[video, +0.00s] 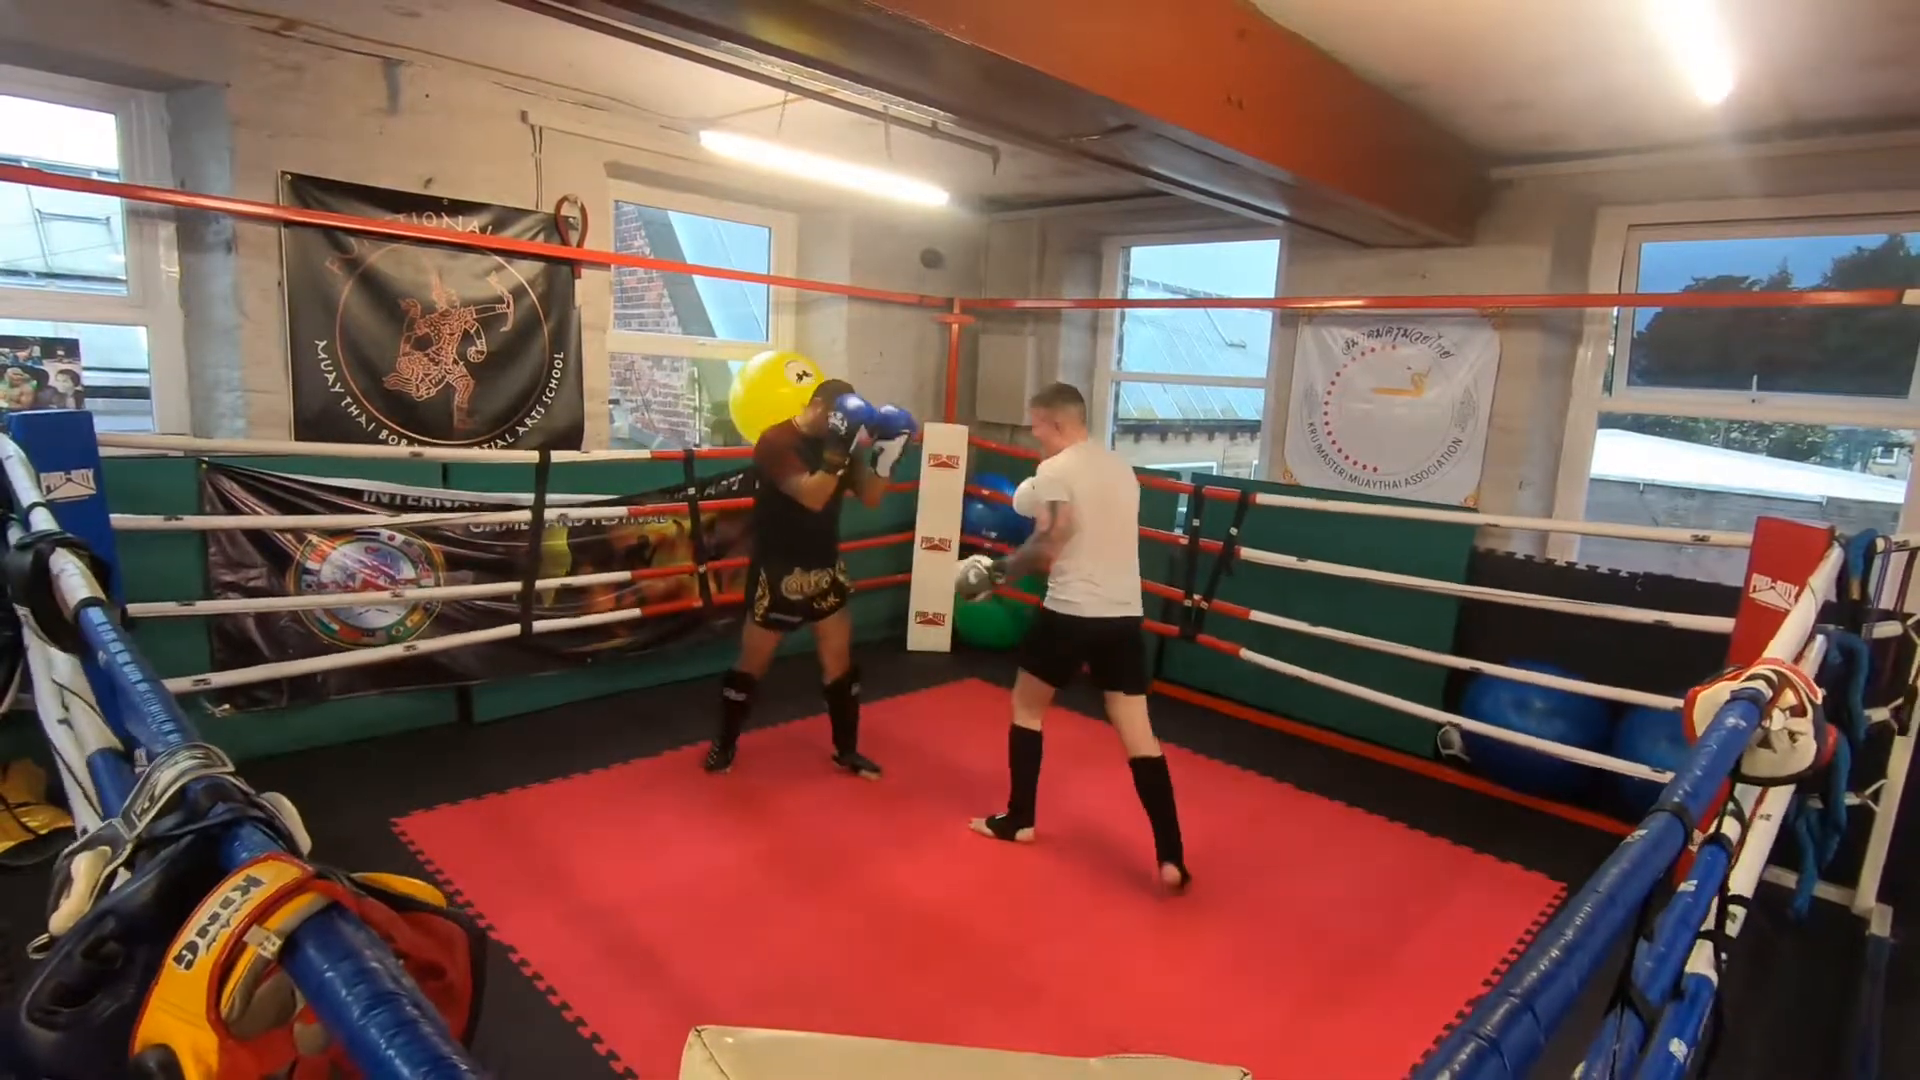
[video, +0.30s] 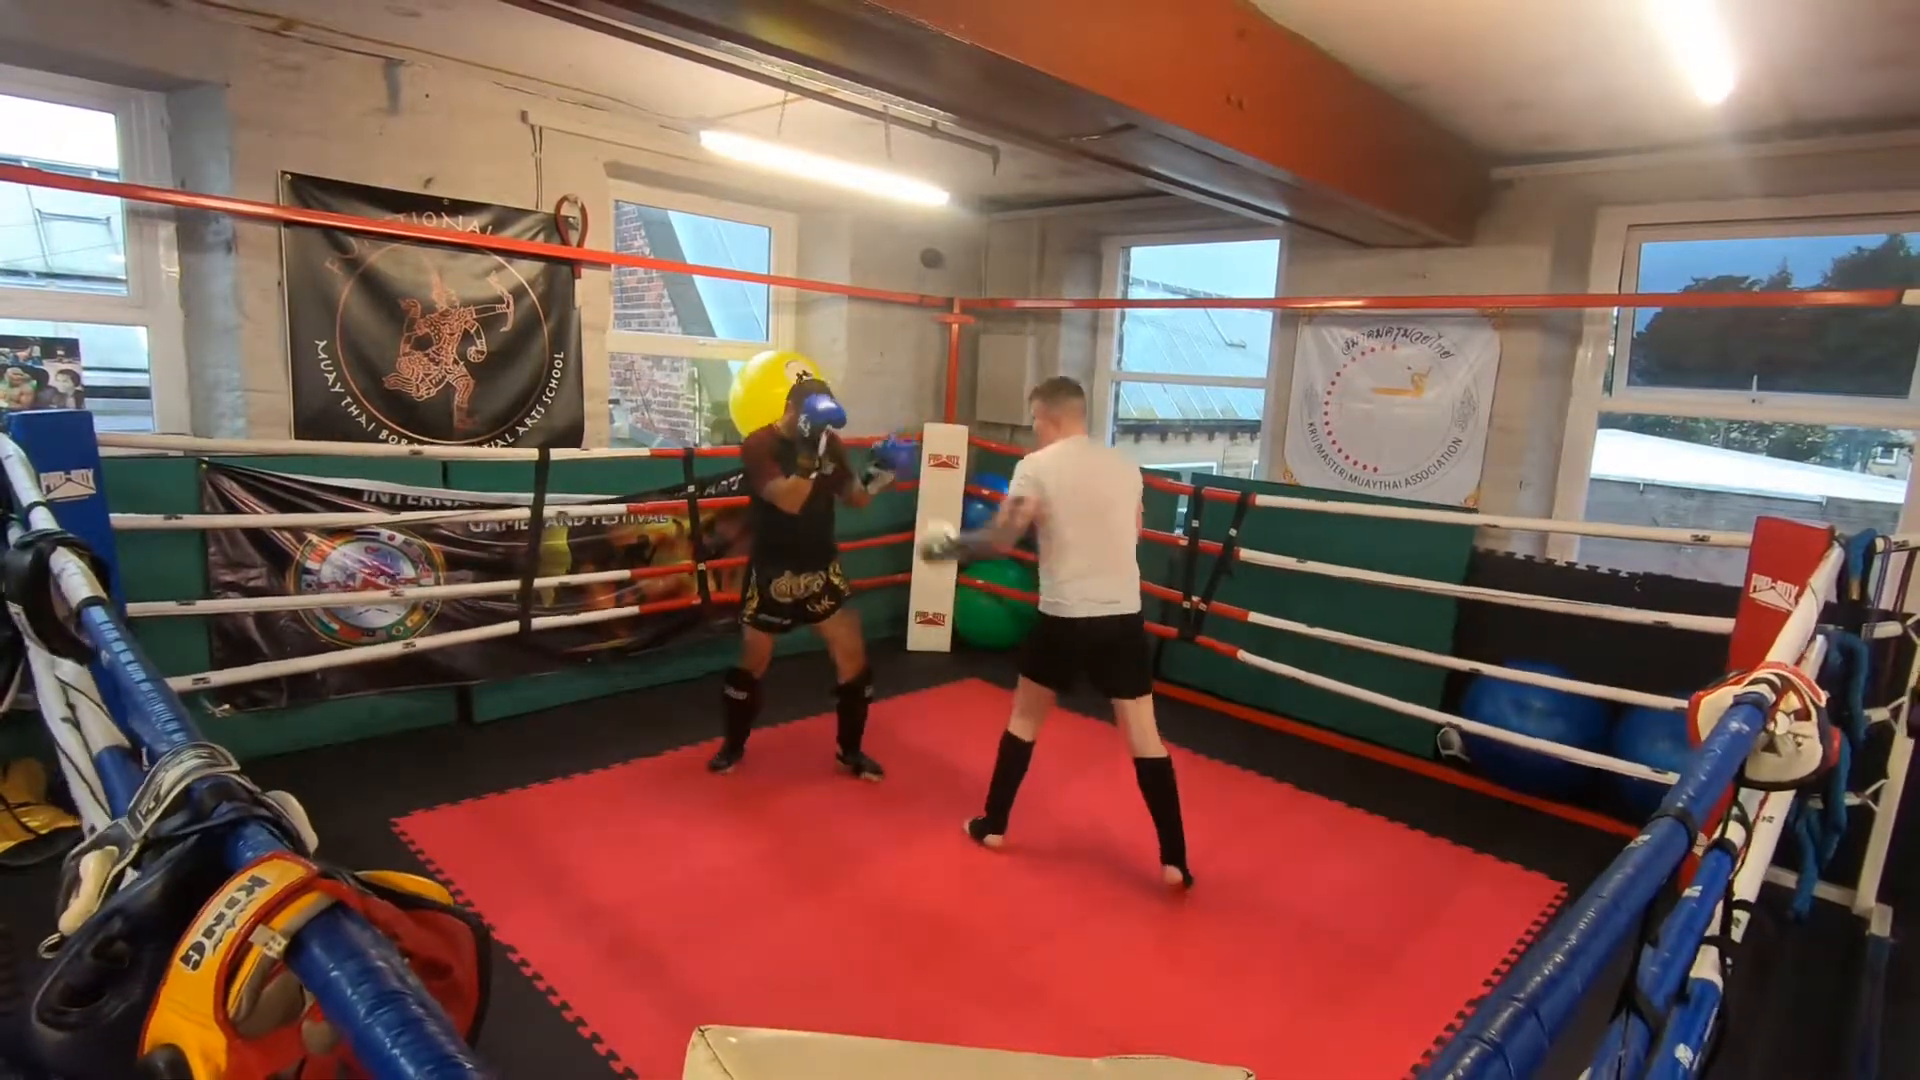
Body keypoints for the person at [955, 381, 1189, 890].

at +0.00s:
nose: (1037, 440)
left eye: (1037, 431)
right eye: (1034, 432)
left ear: (1054, 423)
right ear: (1080, 422)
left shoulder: (1055, 470)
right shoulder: (1123, 470)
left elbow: (1052, 539)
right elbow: (1104, 541)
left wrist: (1004, 569)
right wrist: (1017, 560)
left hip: (1068, 615)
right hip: (1124, 618)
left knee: (1028, 707)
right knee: (1138, 732)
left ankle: (1018, 818)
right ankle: (1171, 857)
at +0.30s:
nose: (1036, 428)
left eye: (1036, 420)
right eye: (1036, 420)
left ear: (1044, 417)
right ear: (1082, 415)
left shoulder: (1036, 467)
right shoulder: (1126, 467)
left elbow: (1003, 536)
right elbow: (1129, 533)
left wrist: (952, 545)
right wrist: (1041, 537)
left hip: (1063, 623)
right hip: (1123, 624)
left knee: (1026, 719)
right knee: (1145, 738)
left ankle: (994, 823)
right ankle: (1175, 861)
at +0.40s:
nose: (1024, 432)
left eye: (1025, 424)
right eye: (1025, 424)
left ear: (1037, 419)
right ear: (1073, 416)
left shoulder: (1027, 462)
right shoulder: (1119, 463)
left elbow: (962, 497)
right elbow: (1131, 531)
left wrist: (910, 487)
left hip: (1061, 619)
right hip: (1122, 620)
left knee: (1028, 719)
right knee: (1145, 729)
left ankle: (993, 825)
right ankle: (1177, 852)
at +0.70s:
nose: (1043, 439)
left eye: (1043, 431)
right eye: (1041, 431)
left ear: (1060, 425)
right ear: (1096, 424)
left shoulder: (1054, 473)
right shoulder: (1141, 475)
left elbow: (992, 535)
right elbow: (1120, 538)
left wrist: (936, 543)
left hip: (1068, 630)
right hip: (1132, 635)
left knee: (1030, 725)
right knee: (1153, 748)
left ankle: (993, 825)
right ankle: (1184, 871)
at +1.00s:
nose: (1040, 435)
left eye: (1041, 426)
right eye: (1039, 427)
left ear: (1059, 423)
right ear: (1091, 423)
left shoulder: (1049, 471)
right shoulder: (1139, 472)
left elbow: (978, 517)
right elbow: (1140, 542)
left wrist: (924, 501)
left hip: (1070, 632)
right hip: (1135, 636)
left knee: (1029, 728)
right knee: (1155, 748)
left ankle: (990, 837)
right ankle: (1188, 872)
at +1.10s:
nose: (1033, 434)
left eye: (1035, 425)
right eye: (1033, 425)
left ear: (1049, 422)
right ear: (1084, 420)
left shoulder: (1036, 464)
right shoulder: (1128, 466)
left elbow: (955, 483)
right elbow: (1143, 536)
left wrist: (902, 466)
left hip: (1069, 631)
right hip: (1134, 632)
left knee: (1029, 729)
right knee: (1158, 740)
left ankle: (990, 838)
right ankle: (1192, 863)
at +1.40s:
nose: (1050, 444)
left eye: (1052, 434)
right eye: (1049, 434)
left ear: (1071, 431)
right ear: (1101, 431)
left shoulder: (1061, 478)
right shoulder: (1148, 478)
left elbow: (981, 516)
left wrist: (918, 516)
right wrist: (1018, 500)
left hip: (1078, 642)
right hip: (1143, 647)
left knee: (1028, 735)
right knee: (1168, 760)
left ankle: (990, 837)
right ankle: (1203, 882)